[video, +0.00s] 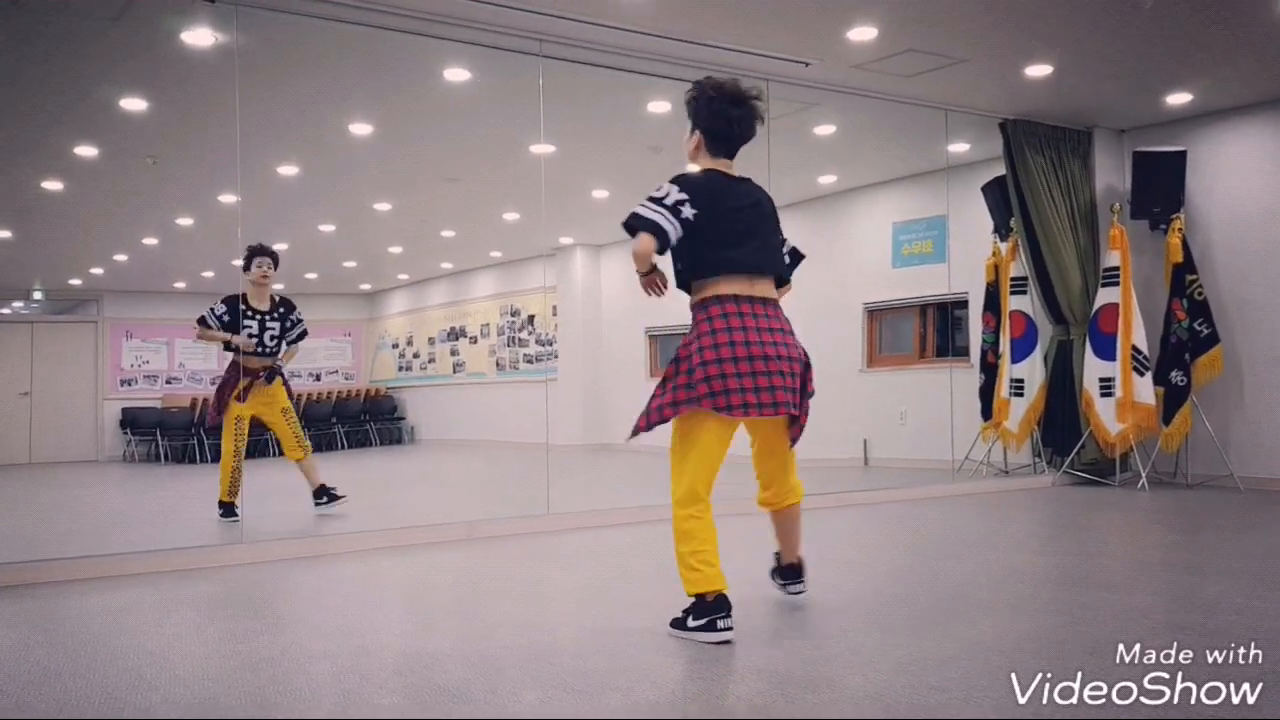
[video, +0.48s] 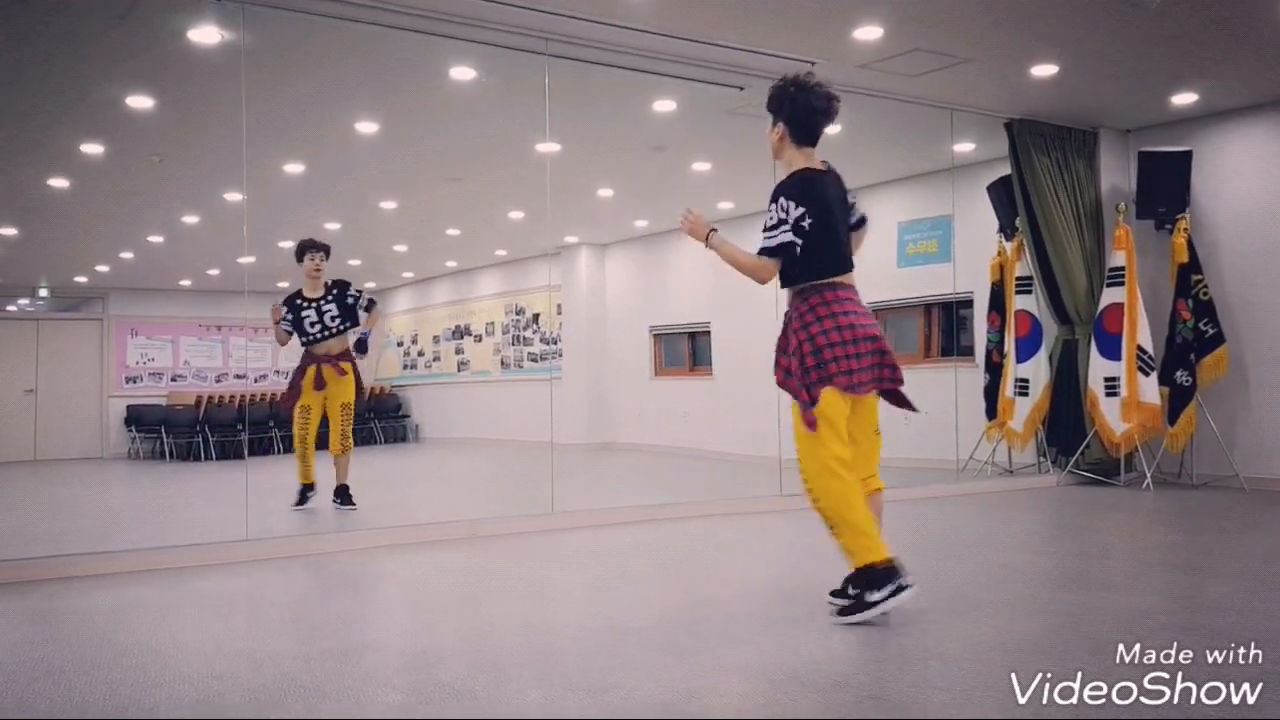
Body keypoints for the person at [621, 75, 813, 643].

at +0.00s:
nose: (686, 139)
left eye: (688, 130)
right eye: (691, 130)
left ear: (696, 137)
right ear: (741, 142)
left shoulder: (684, 189)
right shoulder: (759, 198)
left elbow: (645, 245)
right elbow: (786, 272)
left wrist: (645, 269)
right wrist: (752, 304)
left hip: (715, 341)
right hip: (775, 338)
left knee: (691, 488)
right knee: (778, 467)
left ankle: (709, 601)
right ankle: (792, 564)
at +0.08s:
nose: (696, 142)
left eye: (699, 134)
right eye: (699, 134)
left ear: (706, 141)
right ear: (751, 146)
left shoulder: (704, 195)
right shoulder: (767, 203)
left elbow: (674, 257)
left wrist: (654, 266)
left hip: (725, 340)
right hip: (779, 338)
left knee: (692, 487)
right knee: (786, 464)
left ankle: (709, 599)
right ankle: (819, 561)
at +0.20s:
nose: (719, 145)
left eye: (722, 136)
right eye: (721, 135)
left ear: (733, 143)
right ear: (770, 147)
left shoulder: (742, 200)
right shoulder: (782, 201)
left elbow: (738, 285)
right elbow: (787, 286)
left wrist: (680, 265)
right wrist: (710, 275)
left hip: (756, 340)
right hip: (797, 340)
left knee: (713, 480)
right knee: (802, 475)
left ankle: (715, 599)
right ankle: (858, 567)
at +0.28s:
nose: (730, 139)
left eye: (734, 130)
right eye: (734, 129)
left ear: (745, 138)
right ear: (781, 141)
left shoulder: (763, 197)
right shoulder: (791, 196)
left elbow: (760, 281)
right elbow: (803, 281)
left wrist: (697, 261)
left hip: (780, 343)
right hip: (812, 341)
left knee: (741, 471)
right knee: (819, 470)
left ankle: (726, 589)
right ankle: (863, 575)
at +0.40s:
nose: (756, 135)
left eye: (758, 125)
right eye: (759, 125)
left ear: (769, 132)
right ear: (805, 132)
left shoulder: (785, 192)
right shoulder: (818, 188)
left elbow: (773, 275)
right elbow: (827, 266)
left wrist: (712, 244)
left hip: (807, 328)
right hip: (844, 323)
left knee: (798, 459)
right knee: (852, 459)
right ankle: (869, 576)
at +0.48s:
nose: (767, 135)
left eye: (768, 126)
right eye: (769, 125)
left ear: (778, 131)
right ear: (817, 130)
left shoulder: (790, 189)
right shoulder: (834, 182)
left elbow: (763, 270)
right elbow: (856, 236)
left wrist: (709, 237)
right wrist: (820, 262)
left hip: (816, 321)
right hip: (854, 315)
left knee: (820, 464)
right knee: (859, 453)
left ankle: (875, 569)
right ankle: (871, 565)